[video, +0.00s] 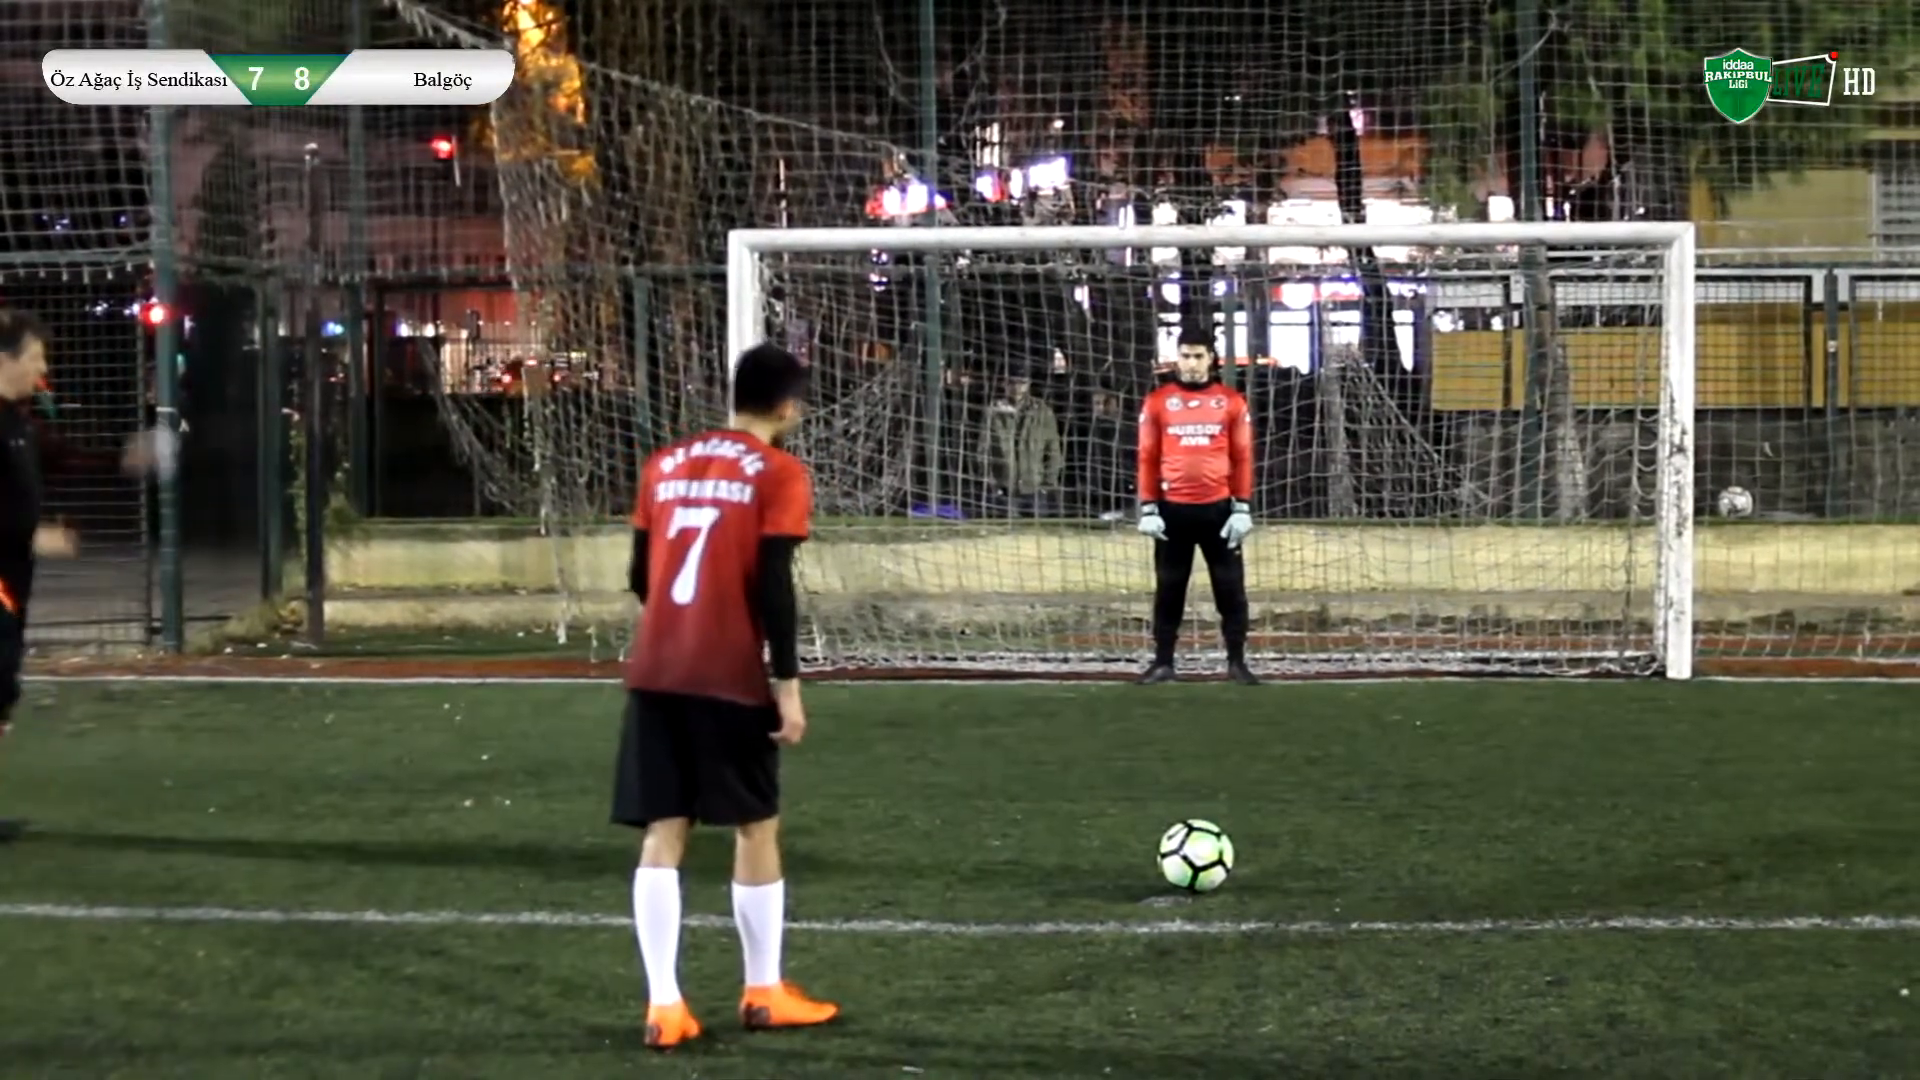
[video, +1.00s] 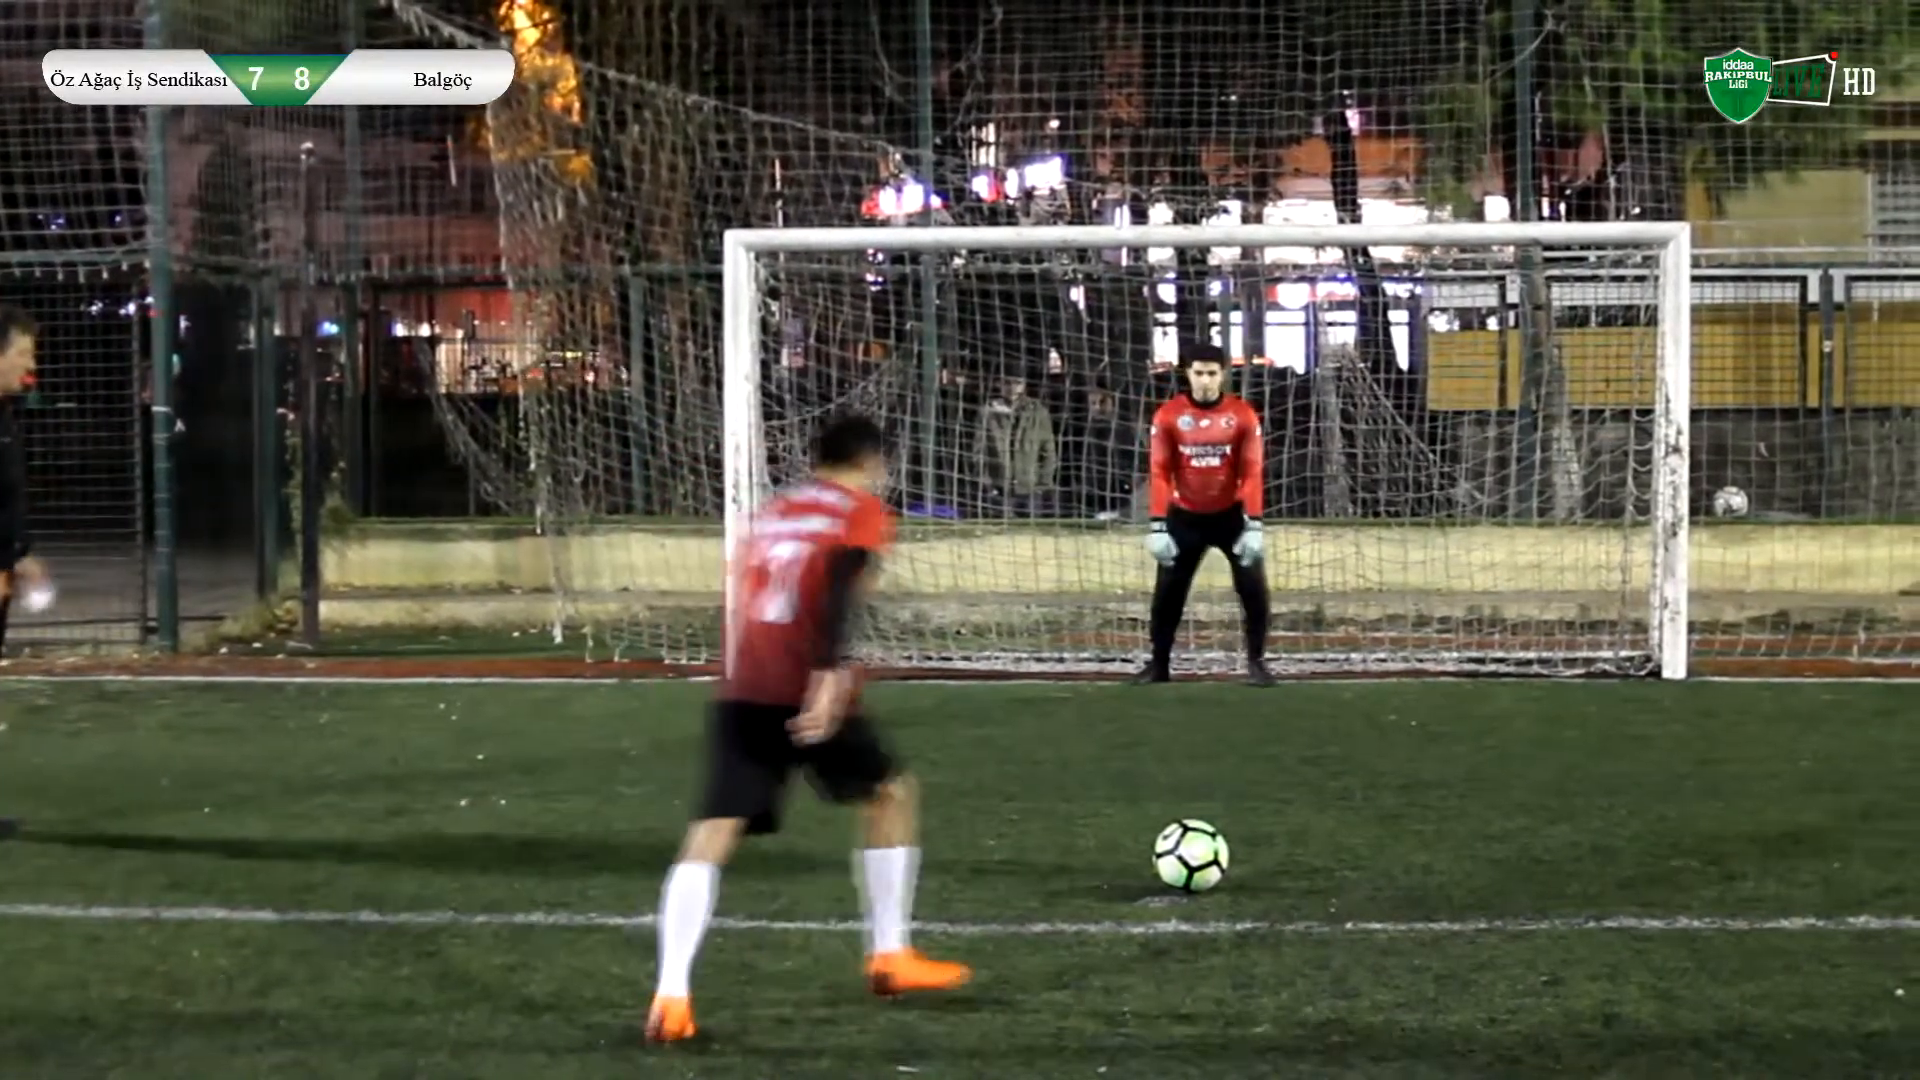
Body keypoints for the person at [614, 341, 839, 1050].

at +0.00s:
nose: (799, 415)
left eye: (797, 403)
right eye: (798, 404)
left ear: (735, 396)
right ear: (785, 406)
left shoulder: (666, 462)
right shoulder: (781, 473)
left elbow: (641, 577)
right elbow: (772, 578)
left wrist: (693, 625)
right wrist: (788, 679)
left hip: (655, 670)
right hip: (732, 675)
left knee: (663, 828)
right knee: (757, 826)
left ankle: (663, 1002)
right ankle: (765, 987)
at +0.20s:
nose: (807, 421)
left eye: (805, 409)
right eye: (807, 410)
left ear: (743, 401)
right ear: (795, 411)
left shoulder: (678, 462)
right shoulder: (789, 474)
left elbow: (647, 576)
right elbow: (779, 577)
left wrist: (693, 631)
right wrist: (792, 679)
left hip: (663, 671)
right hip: (738, 675)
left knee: (668, 828)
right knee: (765, 825)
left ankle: (664, 1002)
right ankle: (766, 987)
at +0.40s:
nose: (812, 425)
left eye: (811, 414)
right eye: (813, 415)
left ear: (749, 406)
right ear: (803, 416)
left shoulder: (686, 469)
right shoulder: (794, 478)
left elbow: (648, 578)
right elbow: (782, 581)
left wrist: (682, 645)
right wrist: (795, 684)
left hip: (669, 676)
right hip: (743, 679)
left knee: (671, 830)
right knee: (783, 818)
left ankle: (661, 1003)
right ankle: (768, 980)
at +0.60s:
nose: (828, 430)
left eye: (828, 419)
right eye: (829, 419)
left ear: (766, 411)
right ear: (817, 420)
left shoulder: (701, 473)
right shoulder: (808, 481)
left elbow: (658, 577)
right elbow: (791, 570)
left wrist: (699, 636)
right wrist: (798, 678)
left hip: (684, 680)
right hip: (756, 680)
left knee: (681, 829)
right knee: (814, 801)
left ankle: (664, 1002)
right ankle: (787, 958)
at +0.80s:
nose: (849, 449)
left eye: (847, 439)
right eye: (848, 438)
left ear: (784, 431)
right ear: (837, 436)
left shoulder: (726, 488)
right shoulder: (831, 491)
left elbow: (687, 591)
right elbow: (803, 574)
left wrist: (731, 638)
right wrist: (803, 676)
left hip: (706, 686)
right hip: (775, 687)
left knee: (693, 831)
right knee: (846, 792)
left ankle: (664, 1002)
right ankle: (840, 957)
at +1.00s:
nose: (882, 474)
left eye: (882, 464)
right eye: (881, 464)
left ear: (821, 458)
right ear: (868, 462)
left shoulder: (768, 511)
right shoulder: (862, 511)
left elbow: (748, 600)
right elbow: (842, 588)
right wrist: (833, 672)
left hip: (740, 695)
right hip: (807, 693)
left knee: (712, 832)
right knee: (889, 791)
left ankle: (671, 992)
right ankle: (891, 950)